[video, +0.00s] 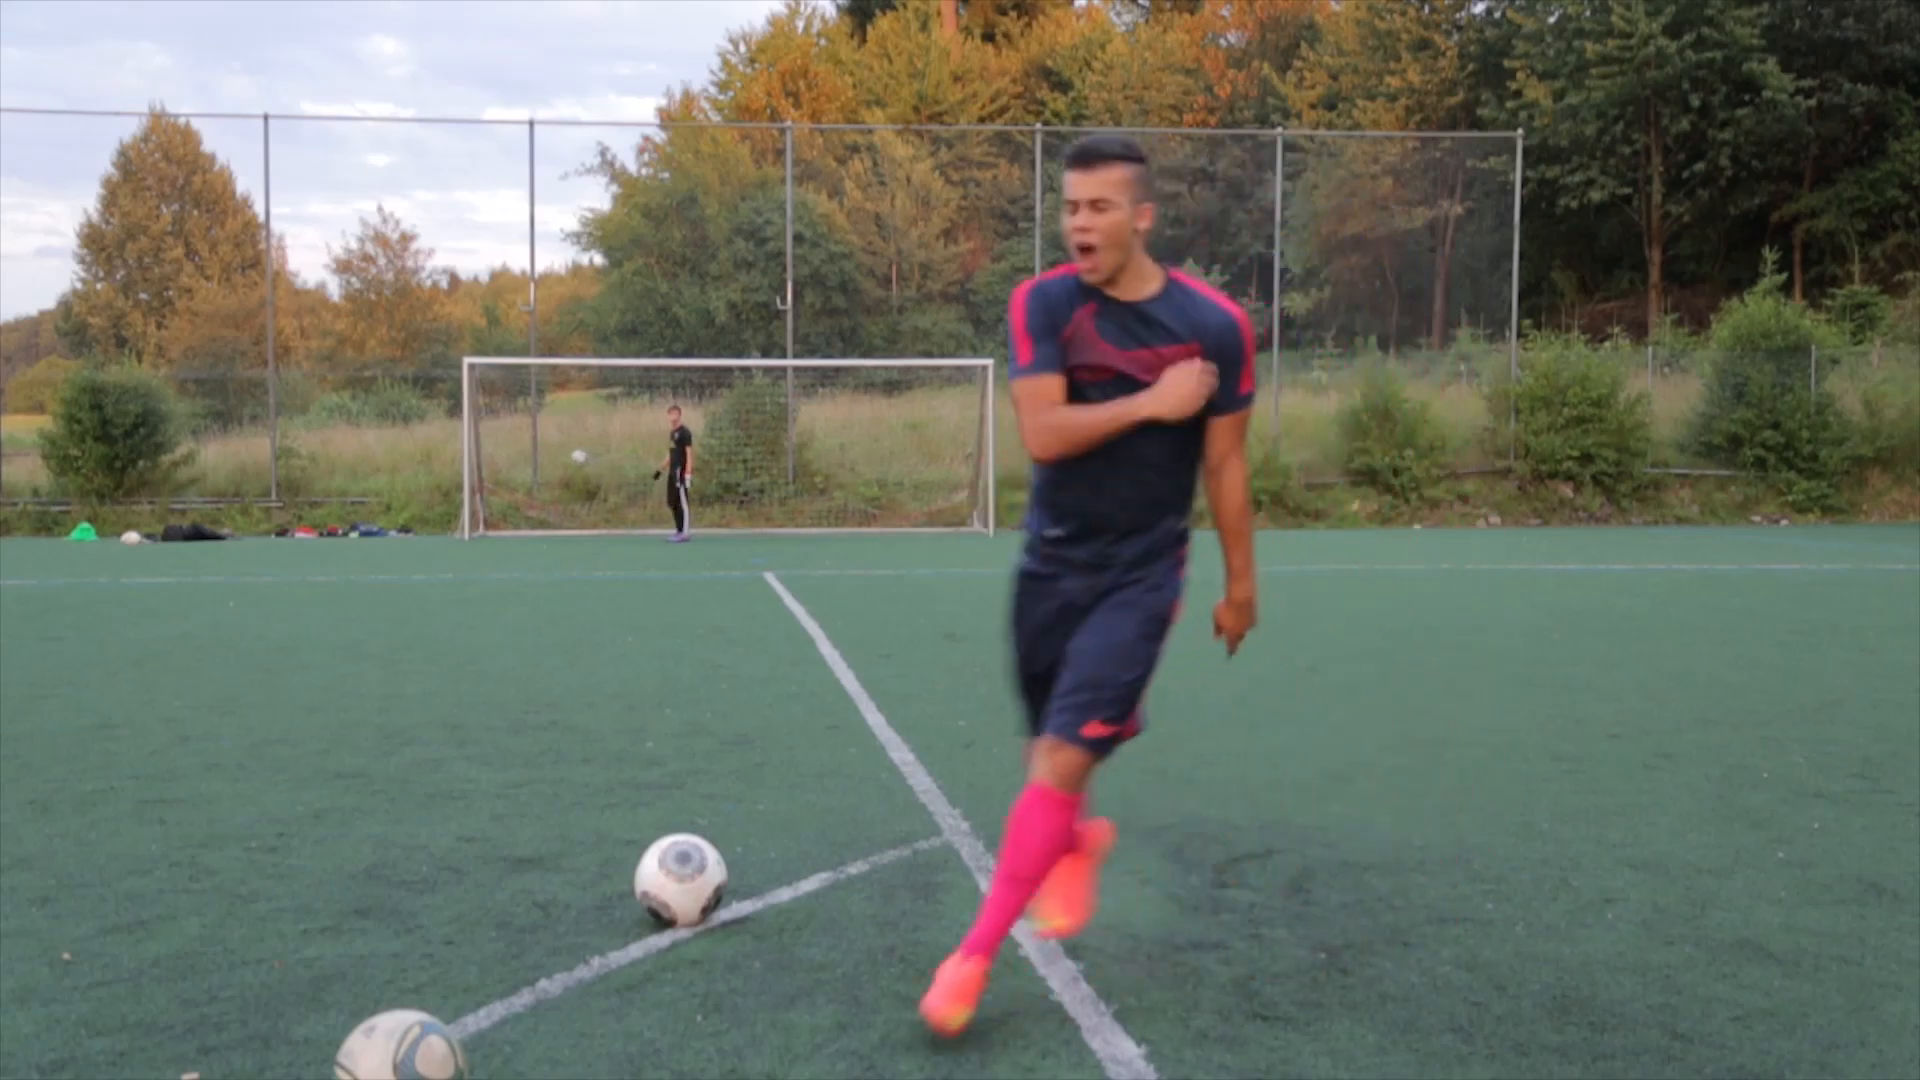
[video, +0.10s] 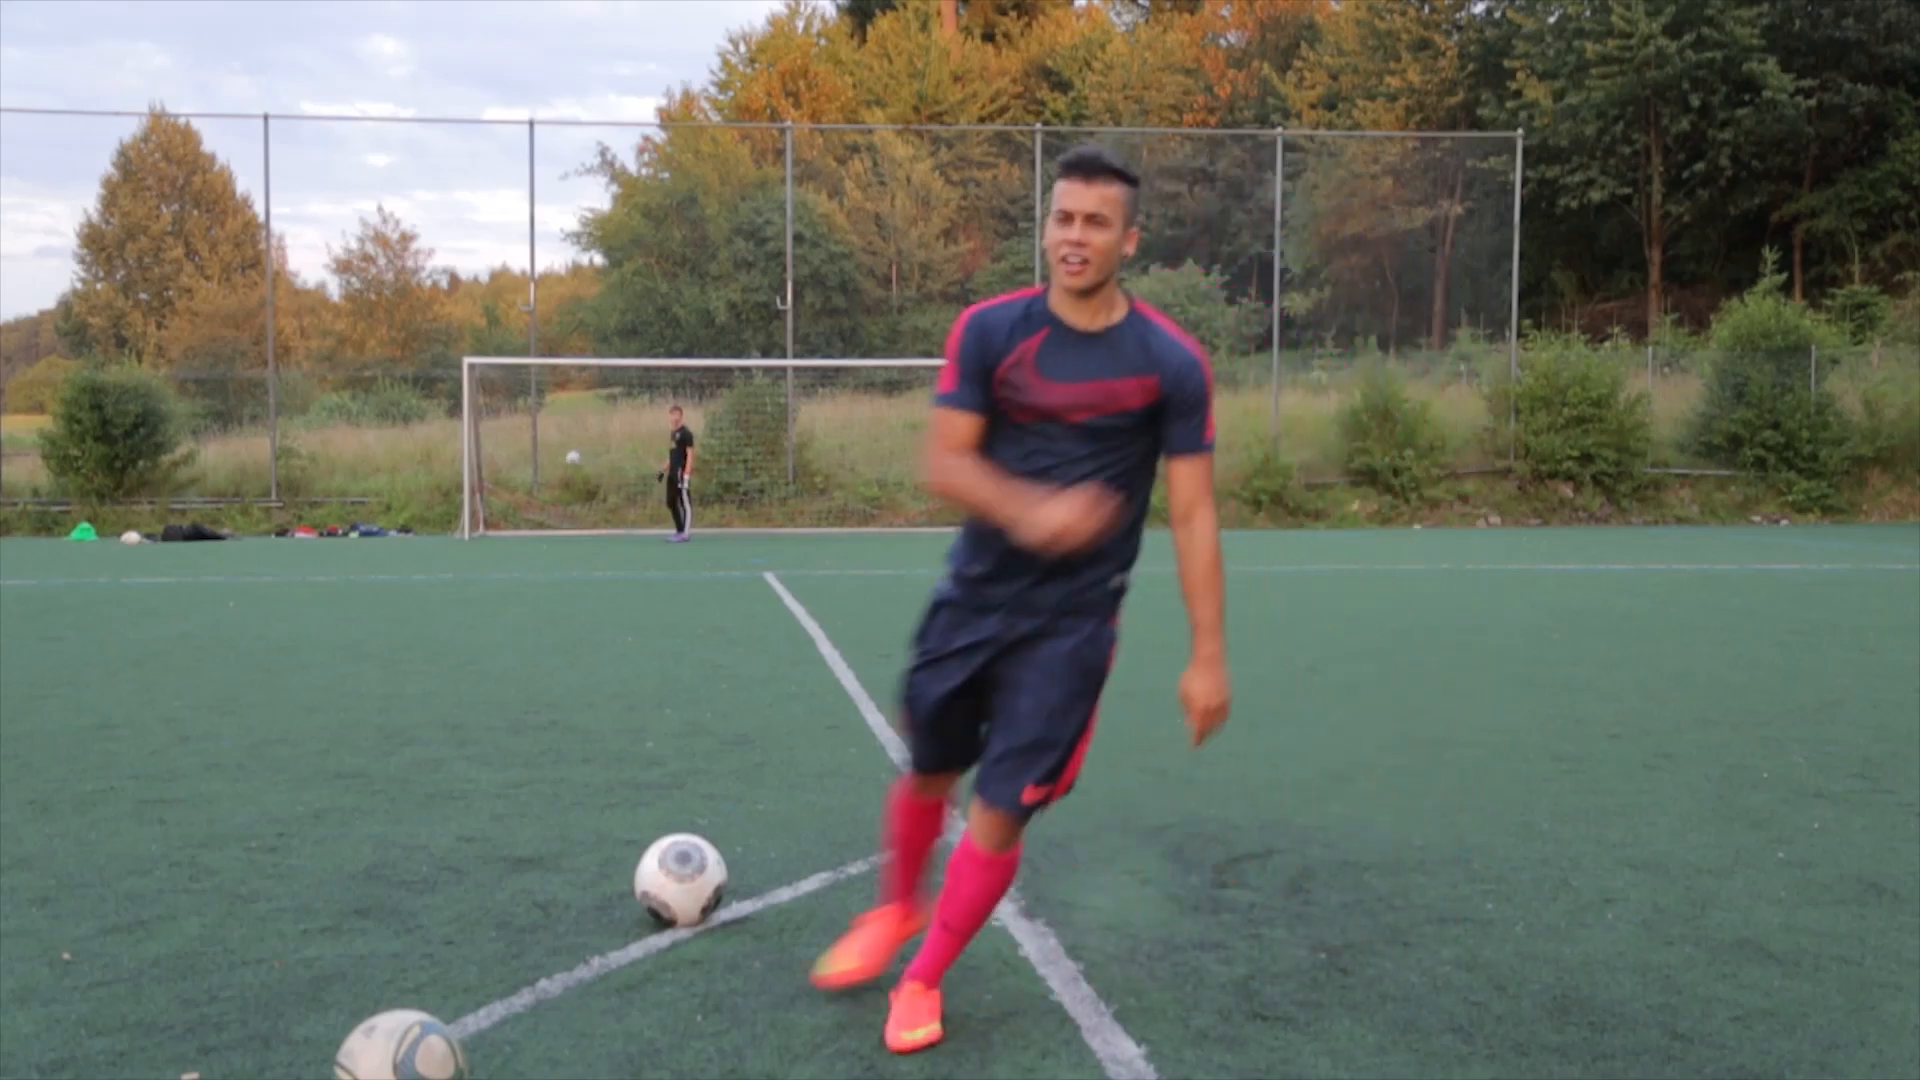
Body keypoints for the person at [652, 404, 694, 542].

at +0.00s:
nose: (672, 417)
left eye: (674, 414)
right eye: (670, 414)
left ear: (679, 415)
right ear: (668, 416)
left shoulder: (684, 432)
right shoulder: (673, 433)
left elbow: (689, 455)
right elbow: (671, 455)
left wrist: (688, 474)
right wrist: (660, 469)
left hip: (681, 470)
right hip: (673, 469)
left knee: (681, 501)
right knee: (672, 501)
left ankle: (684, 532)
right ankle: (679, 530)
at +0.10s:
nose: (673, 419)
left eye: (676, 415)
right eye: (672, 415)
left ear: (681, 416)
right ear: (670, 417)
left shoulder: (686, 434)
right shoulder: (673, 434)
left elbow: (689, 456)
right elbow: (673, 456)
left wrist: (687, 474)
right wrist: (664, 471)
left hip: (681, 471)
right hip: (672, 471)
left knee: (683, 501)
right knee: (671, 501)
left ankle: (684, 532)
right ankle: (679, 530)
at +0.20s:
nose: (675, 418)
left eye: (677, 415)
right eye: (673, 415)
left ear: (682, 416)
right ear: (670, 417)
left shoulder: (686, 434)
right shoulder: (674, 434)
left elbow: (690, 456)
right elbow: (673, 456)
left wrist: (686, 475)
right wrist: (666, 470)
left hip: (682, 472)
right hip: (673, 472)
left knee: (683, 501)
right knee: (671, 502)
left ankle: (684, 532)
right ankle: (679, 530)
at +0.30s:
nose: (675, 419)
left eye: (678, 415)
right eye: (673, 415)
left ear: (682, 417)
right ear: (671, 417)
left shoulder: (687, 434)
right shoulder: (674, 434)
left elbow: (691, 455)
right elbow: (674, 456)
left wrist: (686, 473)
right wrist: (668, 470)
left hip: (682, 472)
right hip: (673, 472)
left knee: (683, 501)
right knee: (672, 502)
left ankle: (685, 532)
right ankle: (679, 530)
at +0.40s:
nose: (676, 419)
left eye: (678, 416)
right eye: (674, 416)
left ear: (683, 417)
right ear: (671, 417)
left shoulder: (687, 434)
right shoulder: (674, 434)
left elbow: (691, 455)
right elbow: (674, 456)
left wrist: (687, 474)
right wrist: (668, 470)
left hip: (682, 473)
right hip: (673, 472)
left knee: (684, 501)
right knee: (672, 501)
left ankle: (685, 532)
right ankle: (679, 530)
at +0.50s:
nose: (675, 420)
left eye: (678, 416)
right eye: (673, 416)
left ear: (682, 417)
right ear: (670, 418)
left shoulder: (687, 434)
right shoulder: (674, 434)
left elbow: (691, 455)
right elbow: (675, 456)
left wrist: (688, 474)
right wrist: (669, 469)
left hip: (683, 472)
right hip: (674, 472)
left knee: (683, 500)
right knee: (671, 501)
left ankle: (686, 530)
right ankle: (679, 529)